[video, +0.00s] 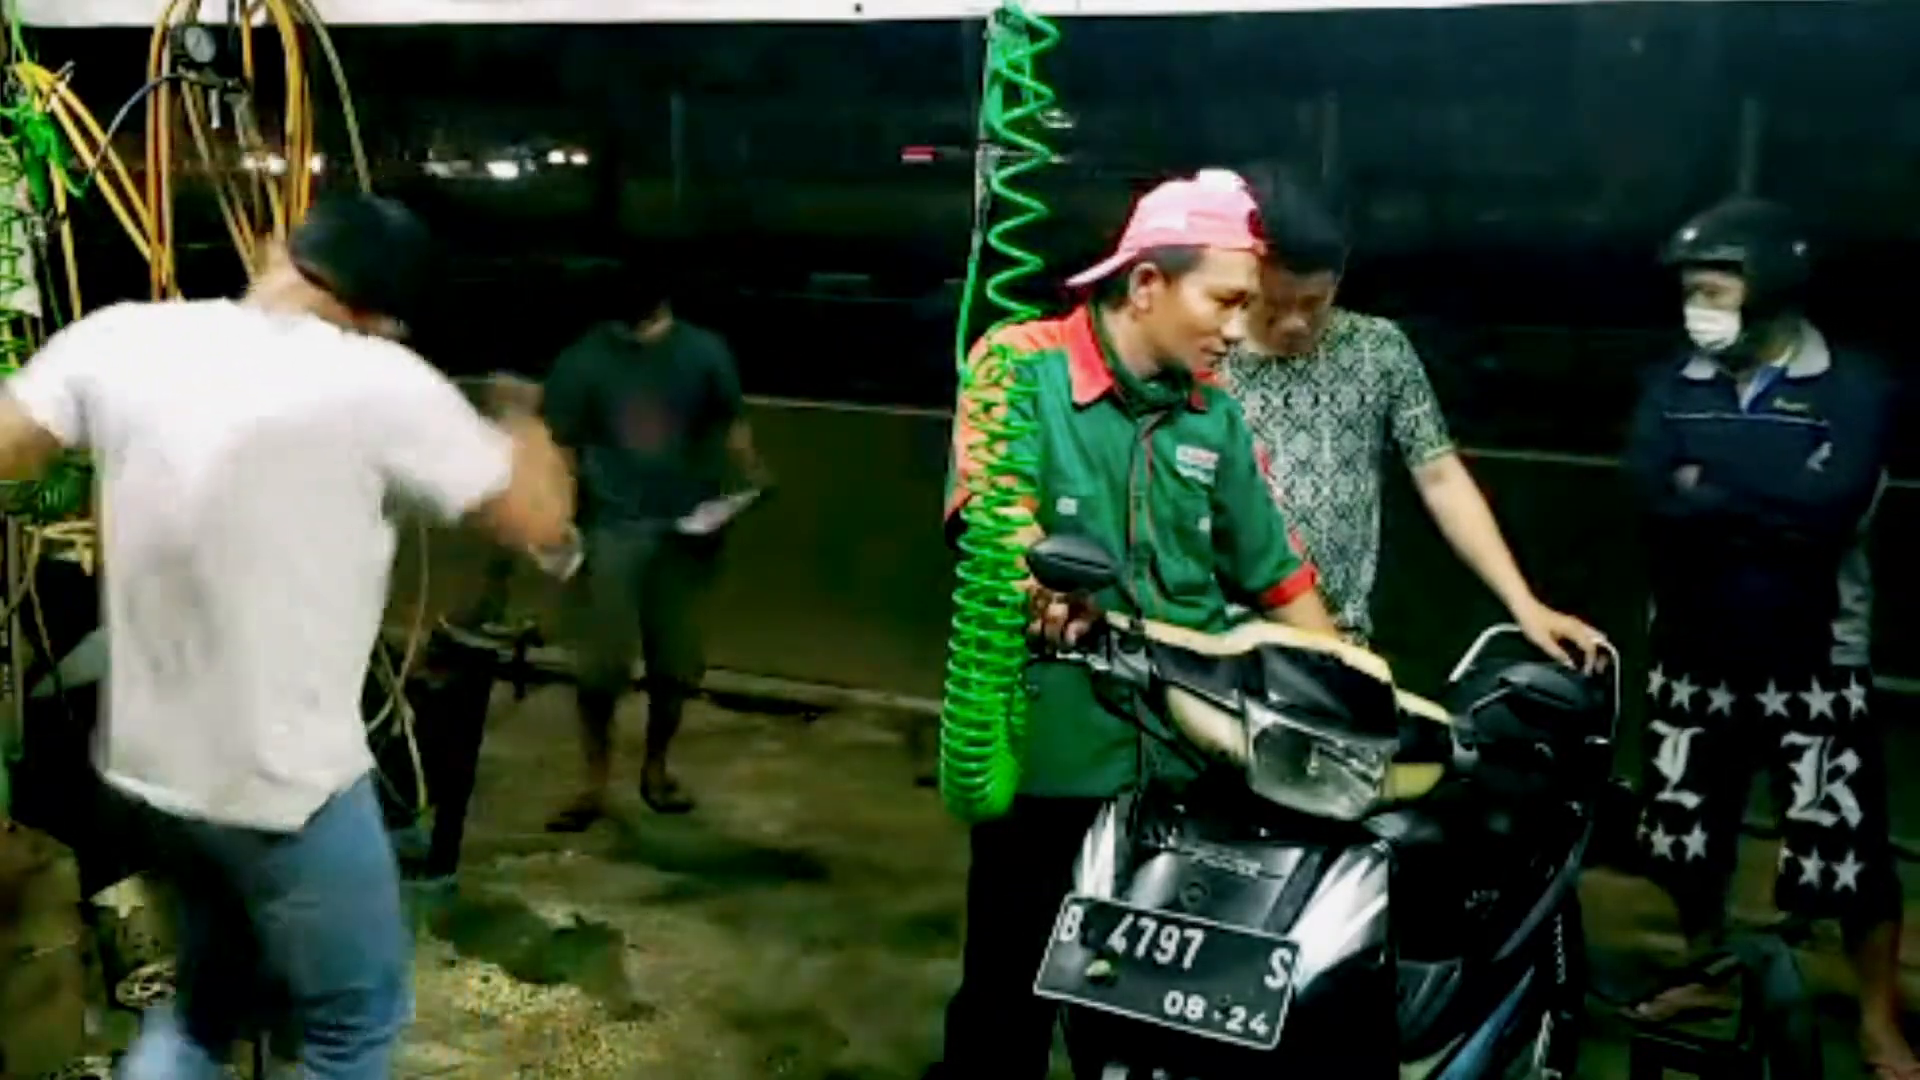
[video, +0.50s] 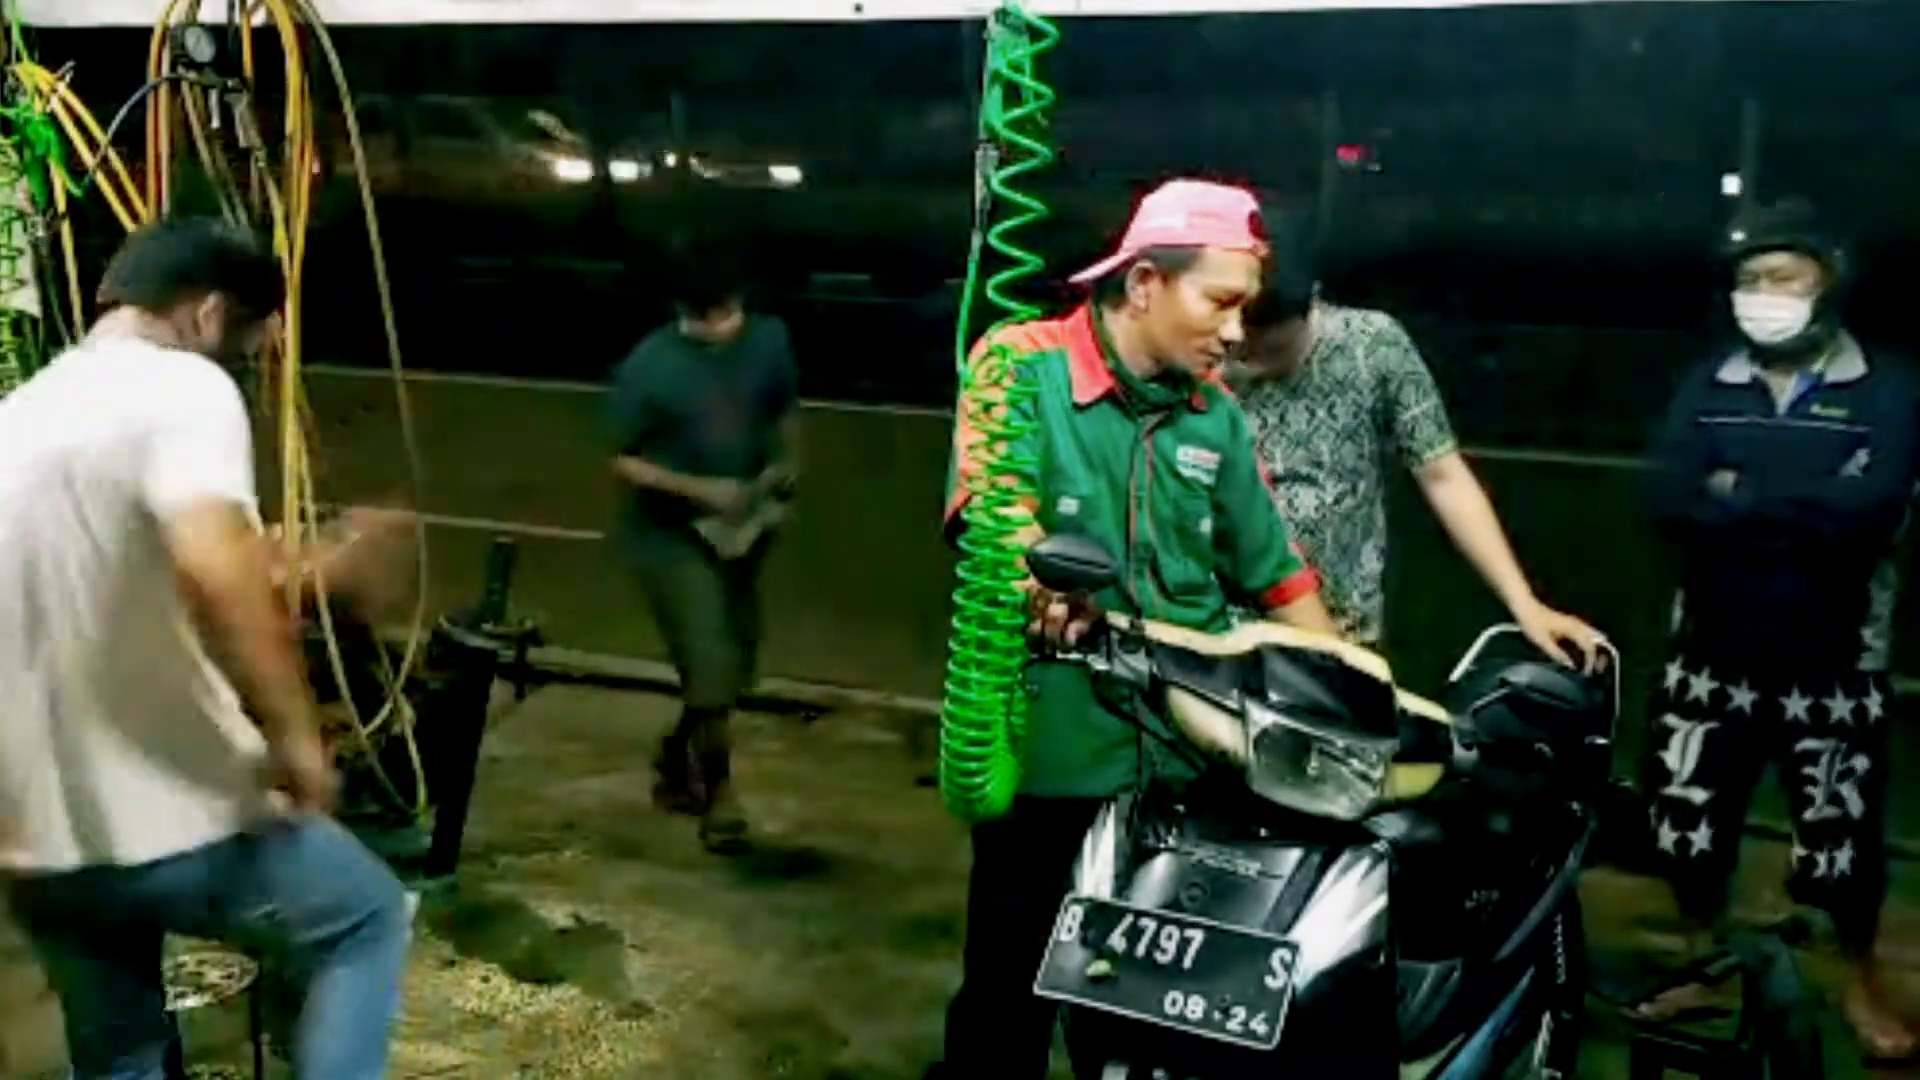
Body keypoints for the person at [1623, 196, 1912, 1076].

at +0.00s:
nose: (1696, 301)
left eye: (1717, 285)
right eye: (1690, 284)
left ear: (1772, 291)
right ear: (1685, 287)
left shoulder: (1846, 388)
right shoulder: (1671, 384)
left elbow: (1835, 502)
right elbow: (1649, 493)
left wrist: (1697, 470)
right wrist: (1788, 486)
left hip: (1811, 656)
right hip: (1693, 651)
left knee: (1849, 854)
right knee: (1684, 837)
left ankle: (1880, 1021)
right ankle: (1701, 971)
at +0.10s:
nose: (1697, 305)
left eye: (1719, 289)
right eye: (1689, 288)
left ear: (1769, 292)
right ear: (1677, 290)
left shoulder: (1837, 383)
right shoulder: (1661, 384)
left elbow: (1834, 498)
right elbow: (1646, 494)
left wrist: (1696, 469)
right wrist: (1785, 484)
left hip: (1810, 656)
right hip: (1691, 652)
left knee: (1851, 848)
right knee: (1683, 835)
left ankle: (1885, 1017)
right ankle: (1701, 967)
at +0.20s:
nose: (1707, 302)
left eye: (1729, 286)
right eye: (1697, 284)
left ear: (1775, 289)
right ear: (1681, 287)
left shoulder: (1836, 383)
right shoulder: (1661, 382)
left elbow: (1839, 501)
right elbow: (1648, 493)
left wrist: (1701, 472)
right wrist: (1791, 481)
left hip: (1811, 650)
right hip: (1693, 647)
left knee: (1849, 843)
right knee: (1686, 831)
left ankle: (1881, 996)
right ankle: (1699, 968)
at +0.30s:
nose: (1726, 301)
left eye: (1747, 283)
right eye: (1713, 282)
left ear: (1788, 287)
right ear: (1693, 288)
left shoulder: (1849, 386)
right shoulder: (1669, 385)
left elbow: (1846, 503)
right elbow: (1649, 498)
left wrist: (1707, 474)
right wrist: (1799, 489)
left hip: (1816, 650)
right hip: (1697, 647)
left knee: (1846, 839)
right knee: (1686, 828)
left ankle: (1872, 982)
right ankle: (1700, 968)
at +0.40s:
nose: (1741, 295)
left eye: (1761, 279)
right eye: (1727, 279)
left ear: (1802, 285)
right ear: (1707, 288)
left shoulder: (1859, 386)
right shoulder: (1684, 383)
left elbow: (1856, 501)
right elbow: (1654, 497)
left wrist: (1716, 473)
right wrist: (1801, 490)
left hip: (1821, 649)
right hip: (1702, 645)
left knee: (1843, 836)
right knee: (1686, 823)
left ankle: (1860, 986)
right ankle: (1701, 969)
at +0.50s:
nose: (1765, 299)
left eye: (1786, 281)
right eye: (1752, 281)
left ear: (1827, 287)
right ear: (1733, 291)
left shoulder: (1880, 390)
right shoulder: (1710, 384)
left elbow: (1875, 507)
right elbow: (1664, 496)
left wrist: (1737, 485)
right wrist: (1819, 492)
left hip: (1830, 650)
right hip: (1715, 644)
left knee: (1844, 833)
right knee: (1688, 817)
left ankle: (1856, 984)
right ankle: (1703, 970)